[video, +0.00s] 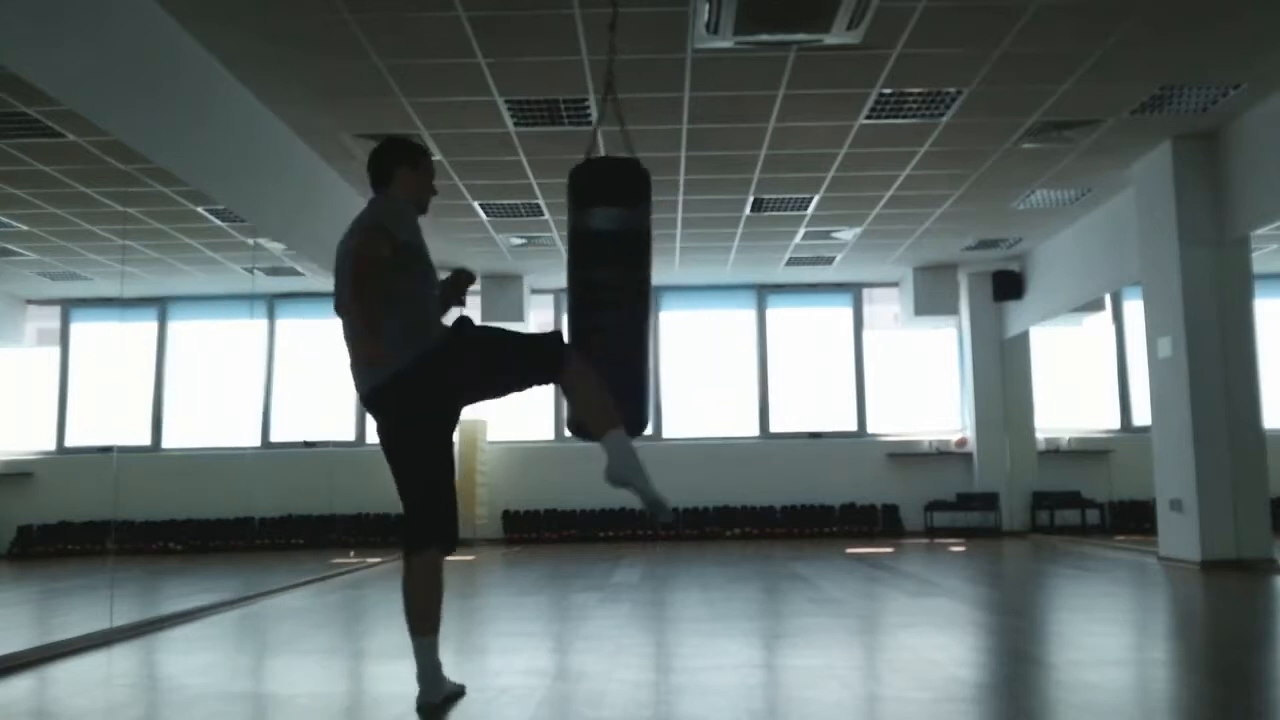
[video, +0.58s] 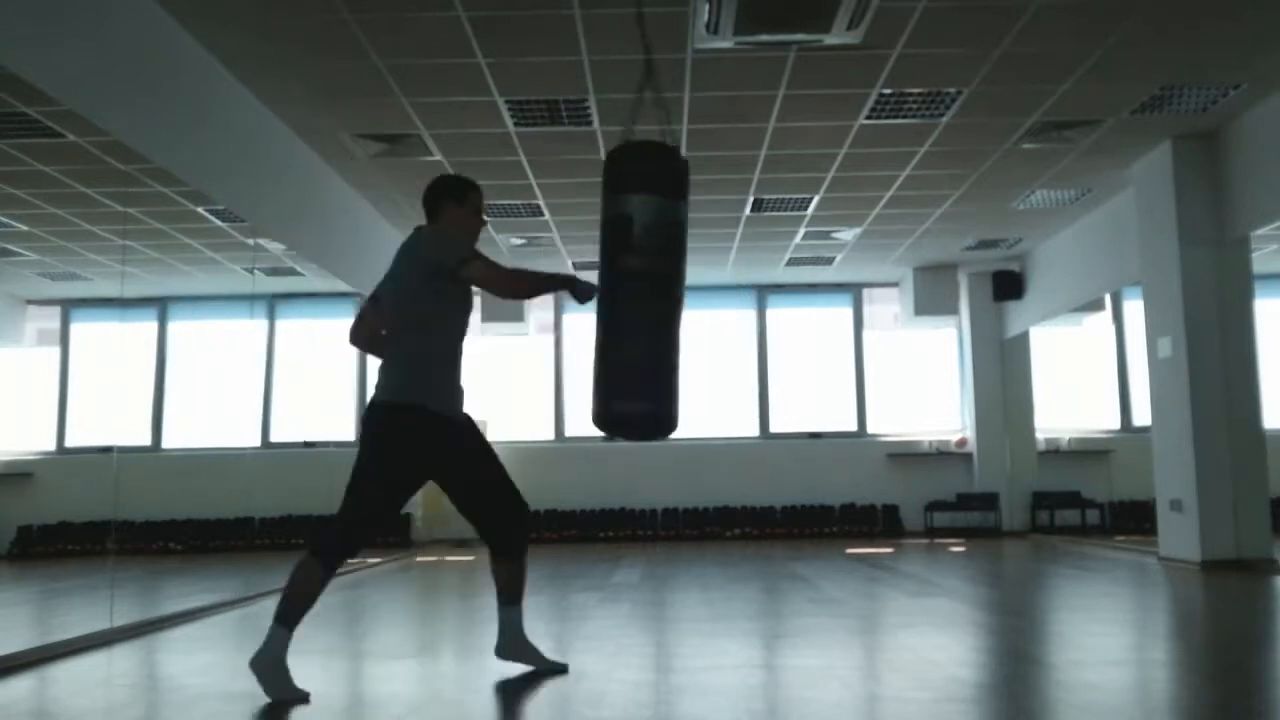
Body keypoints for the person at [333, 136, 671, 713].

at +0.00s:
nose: (434, 185)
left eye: (432, 176)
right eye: (427, 174)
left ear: (388, 176)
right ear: (403, 175)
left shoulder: (383, 236)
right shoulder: (383, 225)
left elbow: (402, 328)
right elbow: (362, 307)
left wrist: (445, 295)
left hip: (399, 397)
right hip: (434, 365)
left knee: (425, 535)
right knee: (562, 356)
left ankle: (430, 678)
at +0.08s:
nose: (410, 184)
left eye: (410, 176)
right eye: (405, 175)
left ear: (368, 174)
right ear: (380, 171)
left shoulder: (378, 222)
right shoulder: (358, 203)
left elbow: (425, 269)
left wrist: (428, 220)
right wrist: (258, 241)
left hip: (385, 385)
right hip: (417, 352)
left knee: (417, 516)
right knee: (528, 335)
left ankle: (412, 655)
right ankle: (633, 369)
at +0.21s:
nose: (370, 210)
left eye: (369, 201)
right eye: (361, 200)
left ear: (320, 205)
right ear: (329, 200)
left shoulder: (277, 258)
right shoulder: (348, 235)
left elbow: (219, 288)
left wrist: (253, 275)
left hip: (349, 408)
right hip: (393, 363)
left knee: (353, 539)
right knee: (520, 340)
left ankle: (323, 670)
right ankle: (643, 376)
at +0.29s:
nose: (375, 212)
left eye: (373, 202)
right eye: (369, 201)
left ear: (321, 201)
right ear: (339, 196)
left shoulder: (273, 256)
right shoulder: (360, 231)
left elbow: (199, 301)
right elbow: (372, 291)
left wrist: (189, 317)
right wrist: (406, 365)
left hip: (346, 403)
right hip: (399, 368)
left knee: (350, 538)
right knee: (523, 368)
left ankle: (324, 669)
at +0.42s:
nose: (479, 196)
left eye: (478, 185)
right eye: (473, 185)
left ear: (430, 186)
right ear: (447, 182)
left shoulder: (385, 236)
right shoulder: (456, 230)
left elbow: (319, 285)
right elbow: (492, 299)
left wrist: (258, 334)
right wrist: (466, 262)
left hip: (430, 391)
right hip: (461, 384)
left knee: (556, 326)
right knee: (475, 521)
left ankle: (629, 423)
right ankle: (451, 652)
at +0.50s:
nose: (428, 212)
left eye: (429, 203)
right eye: (424, 201)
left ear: (395, 196)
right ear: (399, 196)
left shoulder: (397, 252)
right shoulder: (364, 224)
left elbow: (452, 275)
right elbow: (300, 236)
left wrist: (418, 232)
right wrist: (249, 253)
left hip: (376, 387)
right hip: (390, 353)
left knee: (407, 514)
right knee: (500, 311)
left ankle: (381, 650)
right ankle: (623, 326)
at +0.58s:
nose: (483, 223)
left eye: (483, 214)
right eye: (477, 212)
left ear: (437, 212)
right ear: (449, 210)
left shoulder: (410, 259)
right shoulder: (441, 245)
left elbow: (363, 334)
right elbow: (509, 284)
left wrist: (417, 356)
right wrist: (567, 282)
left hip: (402, 416)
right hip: (426, 418)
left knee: (343, 534)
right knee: (506, 522)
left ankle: (272, 650)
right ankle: (512, 637)